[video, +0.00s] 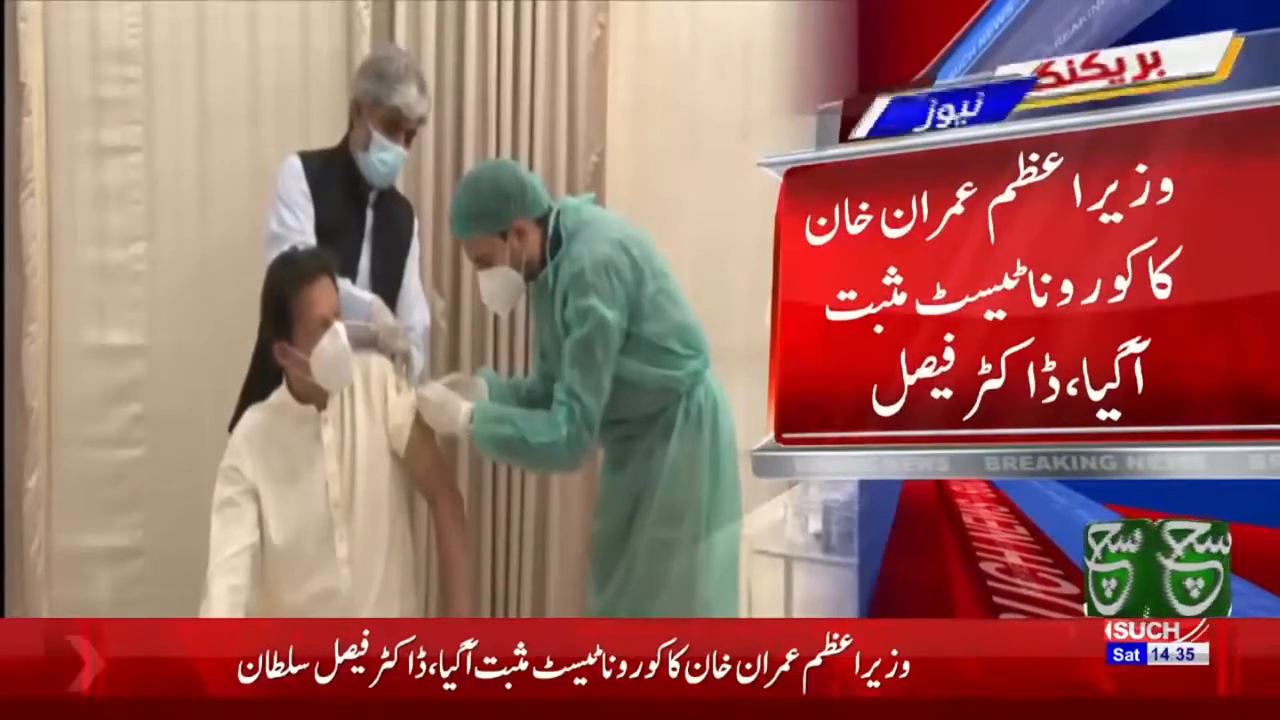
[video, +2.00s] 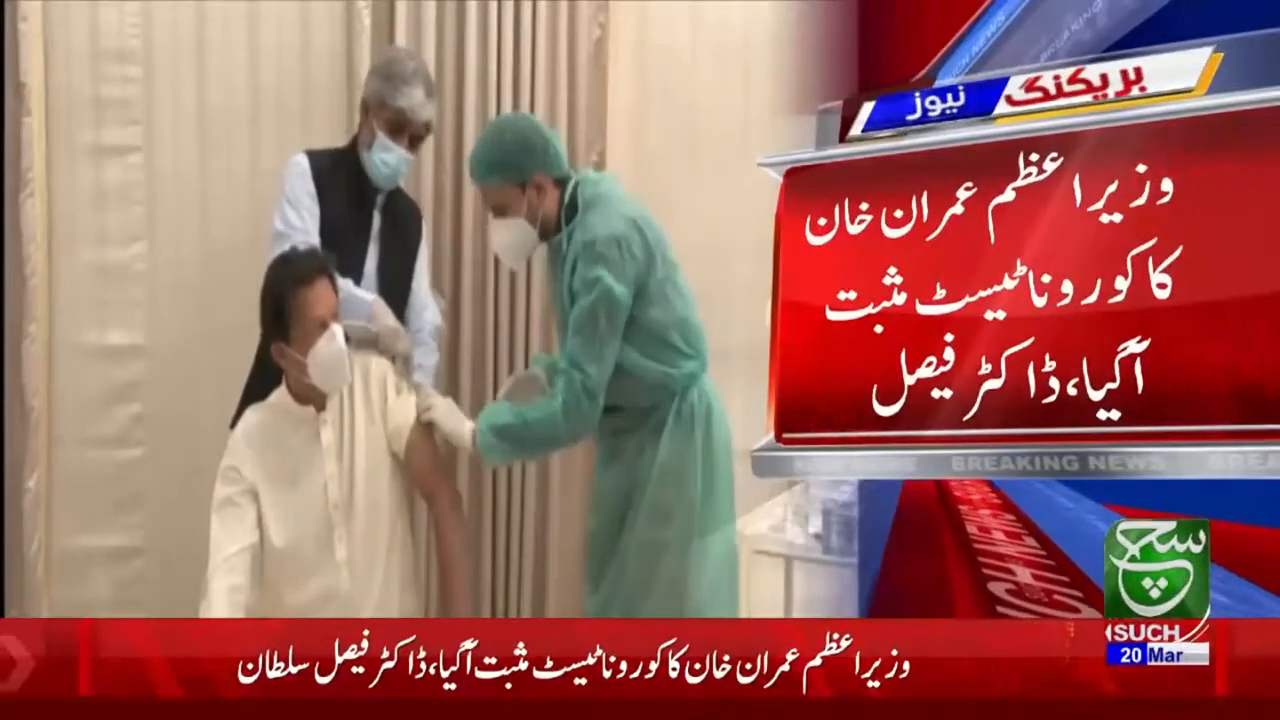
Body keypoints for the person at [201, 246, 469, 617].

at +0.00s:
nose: (339, 336)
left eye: (339, 320)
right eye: (322, 328)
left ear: (349, 318)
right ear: (284, 351)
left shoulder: (376, 380)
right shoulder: (253, 436)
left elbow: (444, 496)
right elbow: (229, 572)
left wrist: (460, 614)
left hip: (390, 621)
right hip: (293, 636)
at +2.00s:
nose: (337, 339)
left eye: (338, 322)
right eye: (320, 330)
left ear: (346, 319)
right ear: (281, 351)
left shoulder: (375, 381)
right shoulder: (253, 437)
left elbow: (442, 494)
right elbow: (230, 569)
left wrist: (459, 616)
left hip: (390, 618)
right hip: (294, 632)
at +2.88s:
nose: (337, 336)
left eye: (338, 318)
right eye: (319, 326)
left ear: (347, 316)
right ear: (281, 346)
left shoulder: (375, 381)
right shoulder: (253, 434)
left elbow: (442, 496)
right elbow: (227, 570)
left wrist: (458, 615)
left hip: (389, 618)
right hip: (293, 633)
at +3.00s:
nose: (260, 323)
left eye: (270, 303)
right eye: (238, 312)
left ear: (289, 310)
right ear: (208, 343)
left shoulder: (341, 386)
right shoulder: (178, 472)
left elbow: (431, 526)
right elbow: (153, 624)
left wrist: (457, 642)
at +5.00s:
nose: (265, 335)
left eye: (275, 313)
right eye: (244, 322)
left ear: (295, 316)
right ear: (212, 349)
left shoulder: (345, 394)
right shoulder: (179, 484)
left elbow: (431, 538)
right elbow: (159, 639)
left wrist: (454, 647)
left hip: (364, 674)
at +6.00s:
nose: (267, 339)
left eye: (276, 318)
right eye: (246, 328)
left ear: (295, 319)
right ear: (212, 354)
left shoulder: (344, 399)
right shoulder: (180, 486)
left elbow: (428, 538)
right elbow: (158, 639)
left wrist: (453, 646)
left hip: (364, 674)